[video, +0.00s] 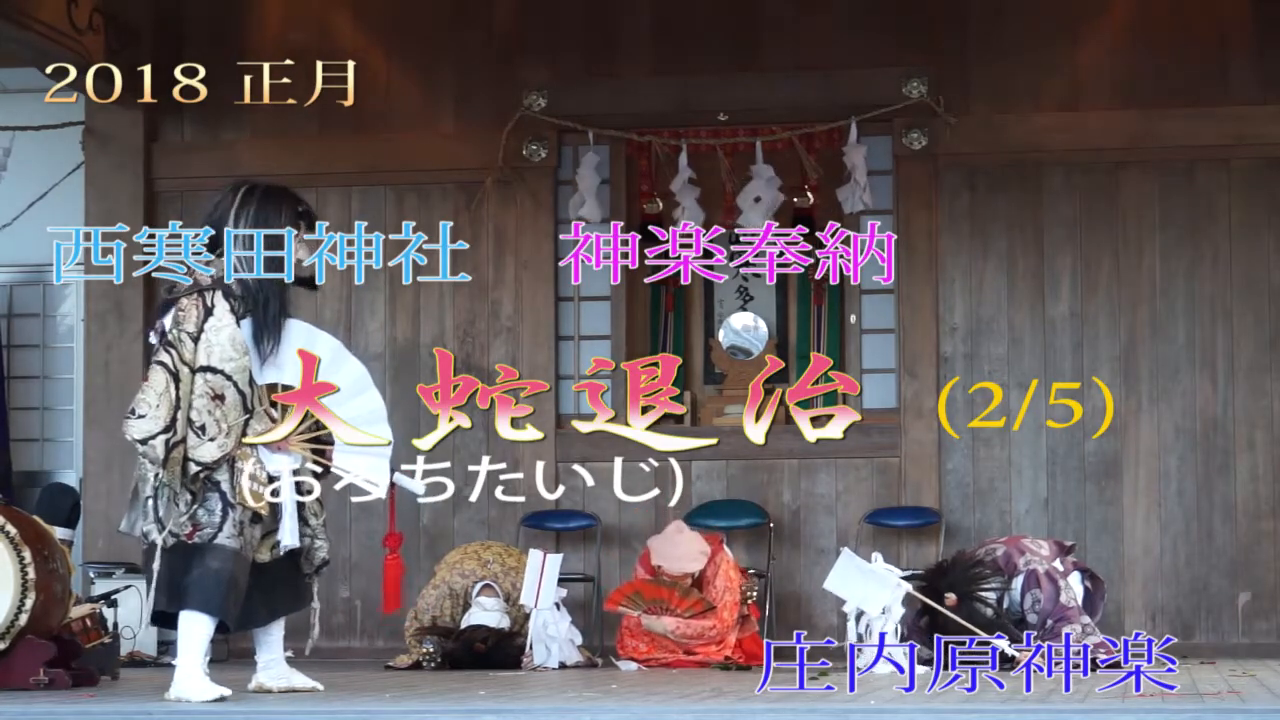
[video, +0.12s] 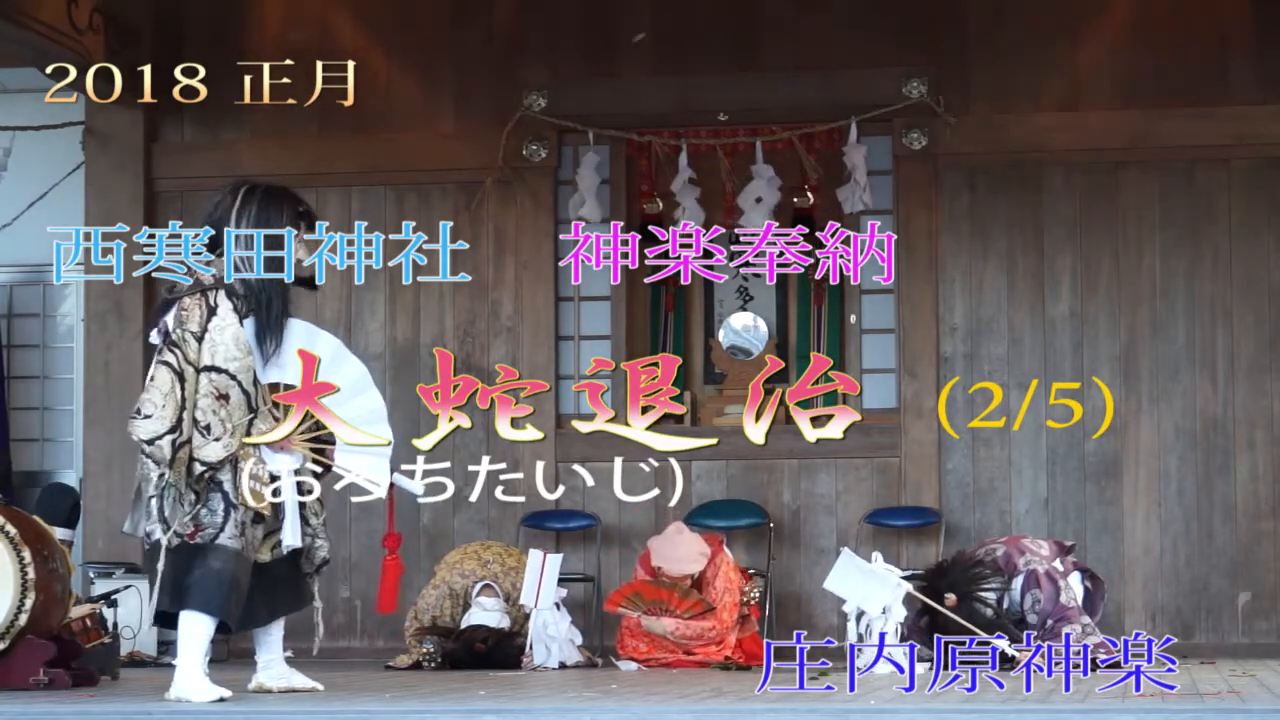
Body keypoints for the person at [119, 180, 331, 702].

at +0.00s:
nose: (305, 250)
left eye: (304, 237)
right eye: (297, 235)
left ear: (235, 236)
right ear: (263, 239)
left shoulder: (268, 314)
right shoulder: (212, 312)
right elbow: (205, 418)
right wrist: (260, 454)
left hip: (263, 458)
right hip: (217, 460)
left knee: (273, 549)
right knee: (217, 551)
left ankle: (272, 664)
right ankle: (189, 672)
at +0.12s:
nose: (302, 250)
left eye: (301, 237)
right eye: (294, 236)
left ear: (242, 238)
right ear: (259, 240)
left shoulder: (269, 312)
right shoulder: (208, 311)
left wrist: (303, 439)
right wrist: (255, 455)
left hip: (264, 461)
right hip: (219, 463)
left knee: (272, 554)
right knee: (217, 555)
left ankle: (272, 664)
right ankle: (190, 674)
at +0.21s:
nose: (303, 250)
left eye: (302, 237)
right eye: (295, 236)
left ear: (239, 237)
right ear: (260, 239)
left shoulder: (264, 308)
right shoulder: (218, 307)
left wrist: (301, 436)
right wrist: (265, 448)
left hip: (262, 457)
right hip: (222, 461)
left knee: (272, 552)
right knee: (219, 552)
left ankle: (272, 664)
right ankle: (190, 674)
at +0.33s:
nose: (305, 251)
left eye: (304, 238)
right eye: (297, 237)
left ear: (240, 236)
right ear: (264, 239)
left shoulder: (267, 308)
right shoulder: (221, 306)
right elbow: (222, 410)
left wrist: (303, 439)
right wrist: (268, 448)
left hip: (260, 458)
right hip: (222, 460)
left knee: (270, 555)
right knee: (218, 555)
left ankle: (272, 664)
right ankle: (190, 674)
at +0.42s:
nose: (305, 251)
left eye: (305, 238)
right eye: (298, 236)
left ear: (240, 235)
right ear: (265, 238)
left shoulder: (267, 306)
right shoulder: (222, 304)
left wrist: (302, 435)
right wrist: (267, 450)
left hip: (258, 455)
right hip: (223, 458)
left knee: (271, 551)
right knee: (219, 553)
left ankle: (272, 664)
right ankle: (190, 673)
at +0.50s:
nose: (305, 251)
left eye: (304, 238)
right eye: (297, 236)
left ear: (244, 236)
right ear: (263, 238)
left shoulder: (266, 307)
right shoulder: (216, 305)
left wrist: (302, 436)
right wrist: (264, 454)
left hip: (258, 459)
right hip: (219, 461)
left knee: (272, 552)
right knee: (221, 553)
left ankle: (272, 664)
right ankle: (190, 673)